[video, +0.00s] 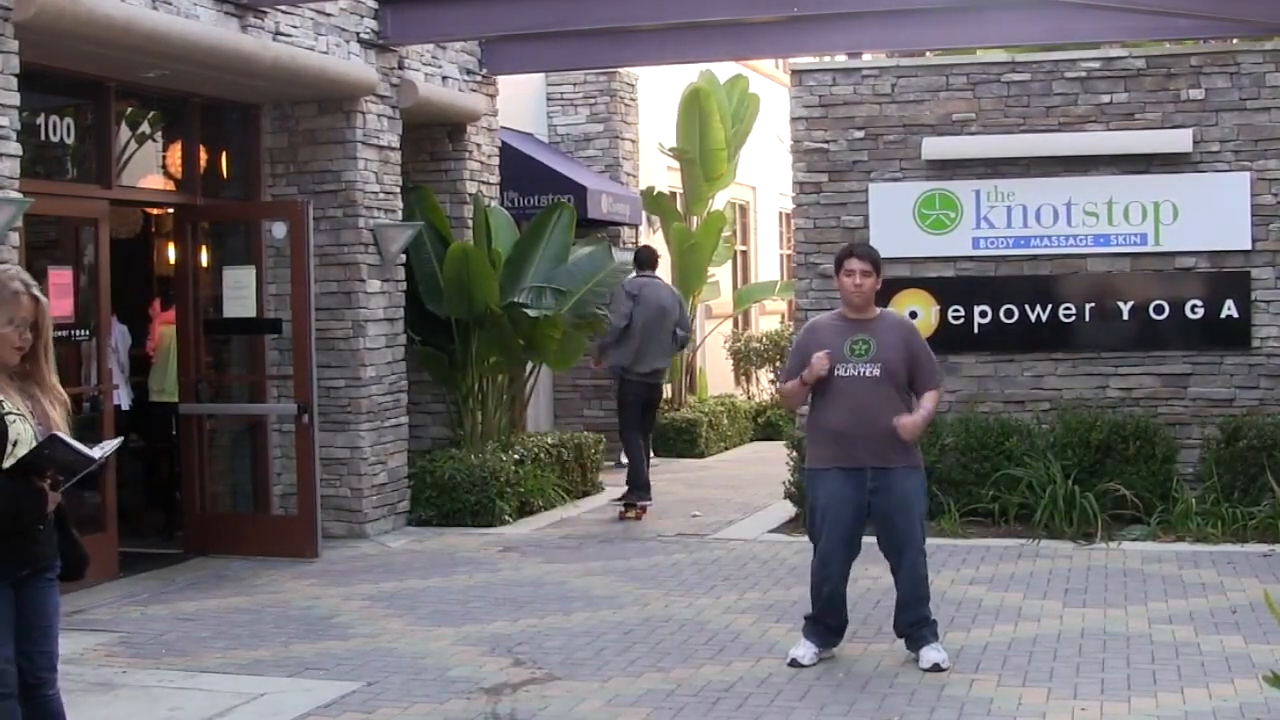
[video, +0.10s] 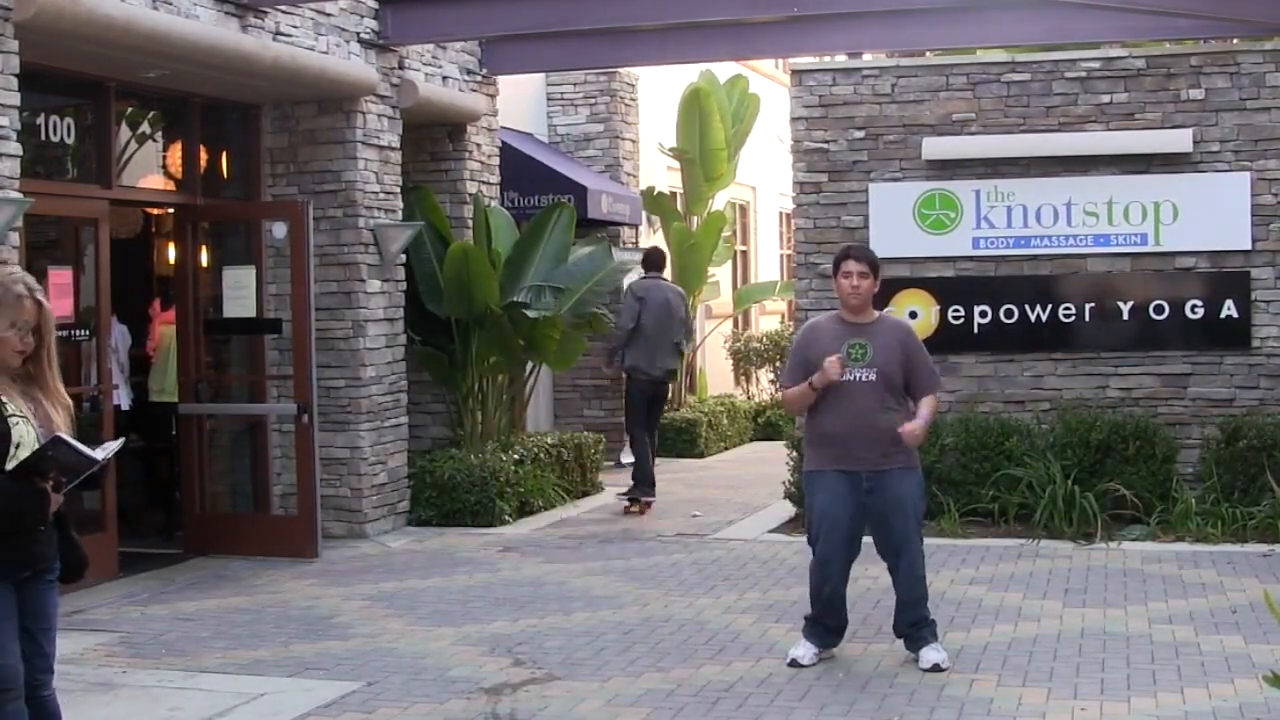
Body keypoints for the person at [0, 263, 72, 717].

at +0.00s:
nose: (24, 336)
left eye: (30, 326)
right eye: (14, 324)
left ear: (38, 330)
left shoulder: (43, 391)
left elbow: (66, 473)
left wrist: (55, 495)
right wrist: (29, 497)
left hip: (38, 556)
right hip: (2, 557)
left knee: (42, 682)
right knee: (6, 685)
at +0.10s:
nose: (26, 339)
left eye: (33, 330)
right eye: (16, 327)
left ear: (40, 334)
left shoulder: (43, 392)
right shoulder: (2, 395)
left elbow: (65, 471)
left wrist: (55, 494)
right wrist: (33, 498)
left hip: (40, 554)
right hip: (2, 556)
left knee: (40, 683)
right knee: (9, 687)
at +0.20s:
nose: (30, 342)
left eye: (36, 332)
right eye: (19, 330)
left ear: (43, 334)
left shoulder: (47, 393)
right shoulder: (2, 397)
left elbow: (67, 470)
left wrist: (60, 492)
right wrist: (35, 503)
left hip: (41, 556)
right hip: (2, 558)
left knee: (40, 684)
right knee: (10, 688)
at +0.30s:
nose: (33, 343)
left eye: (39, 333)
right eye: (22, 331)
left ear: (46, 336)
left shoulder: (48, 395)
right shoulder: (2, 398)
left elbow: (69, 471)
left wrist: (60, 494)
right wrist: (38, 502)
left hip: (41, 557)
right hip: (2, 559)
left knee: (41, 683)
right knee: (10, 687)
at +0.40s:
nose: (34, 345)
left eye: (40, 336)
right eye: (24, 333)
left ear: (46, 339)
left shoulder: (47, 396)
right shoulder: (2, 398)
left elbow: (71, 472)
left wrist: (62, 492)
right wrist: (38, 504)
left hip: (41, 559)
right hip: (2, 561)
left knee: (41, 684)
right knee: (11, 687)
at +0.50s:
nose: (35, 346)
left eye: (41, 336)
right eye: (24, 333)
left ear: (47, 340)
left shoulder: (48, 396)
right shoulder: (2, 399)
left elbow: (71, 472)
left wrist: (63, 492)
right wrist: (39, 503)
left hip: (42, 558)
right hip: (2, 560)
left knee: (41, 683)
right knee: (12, 685)